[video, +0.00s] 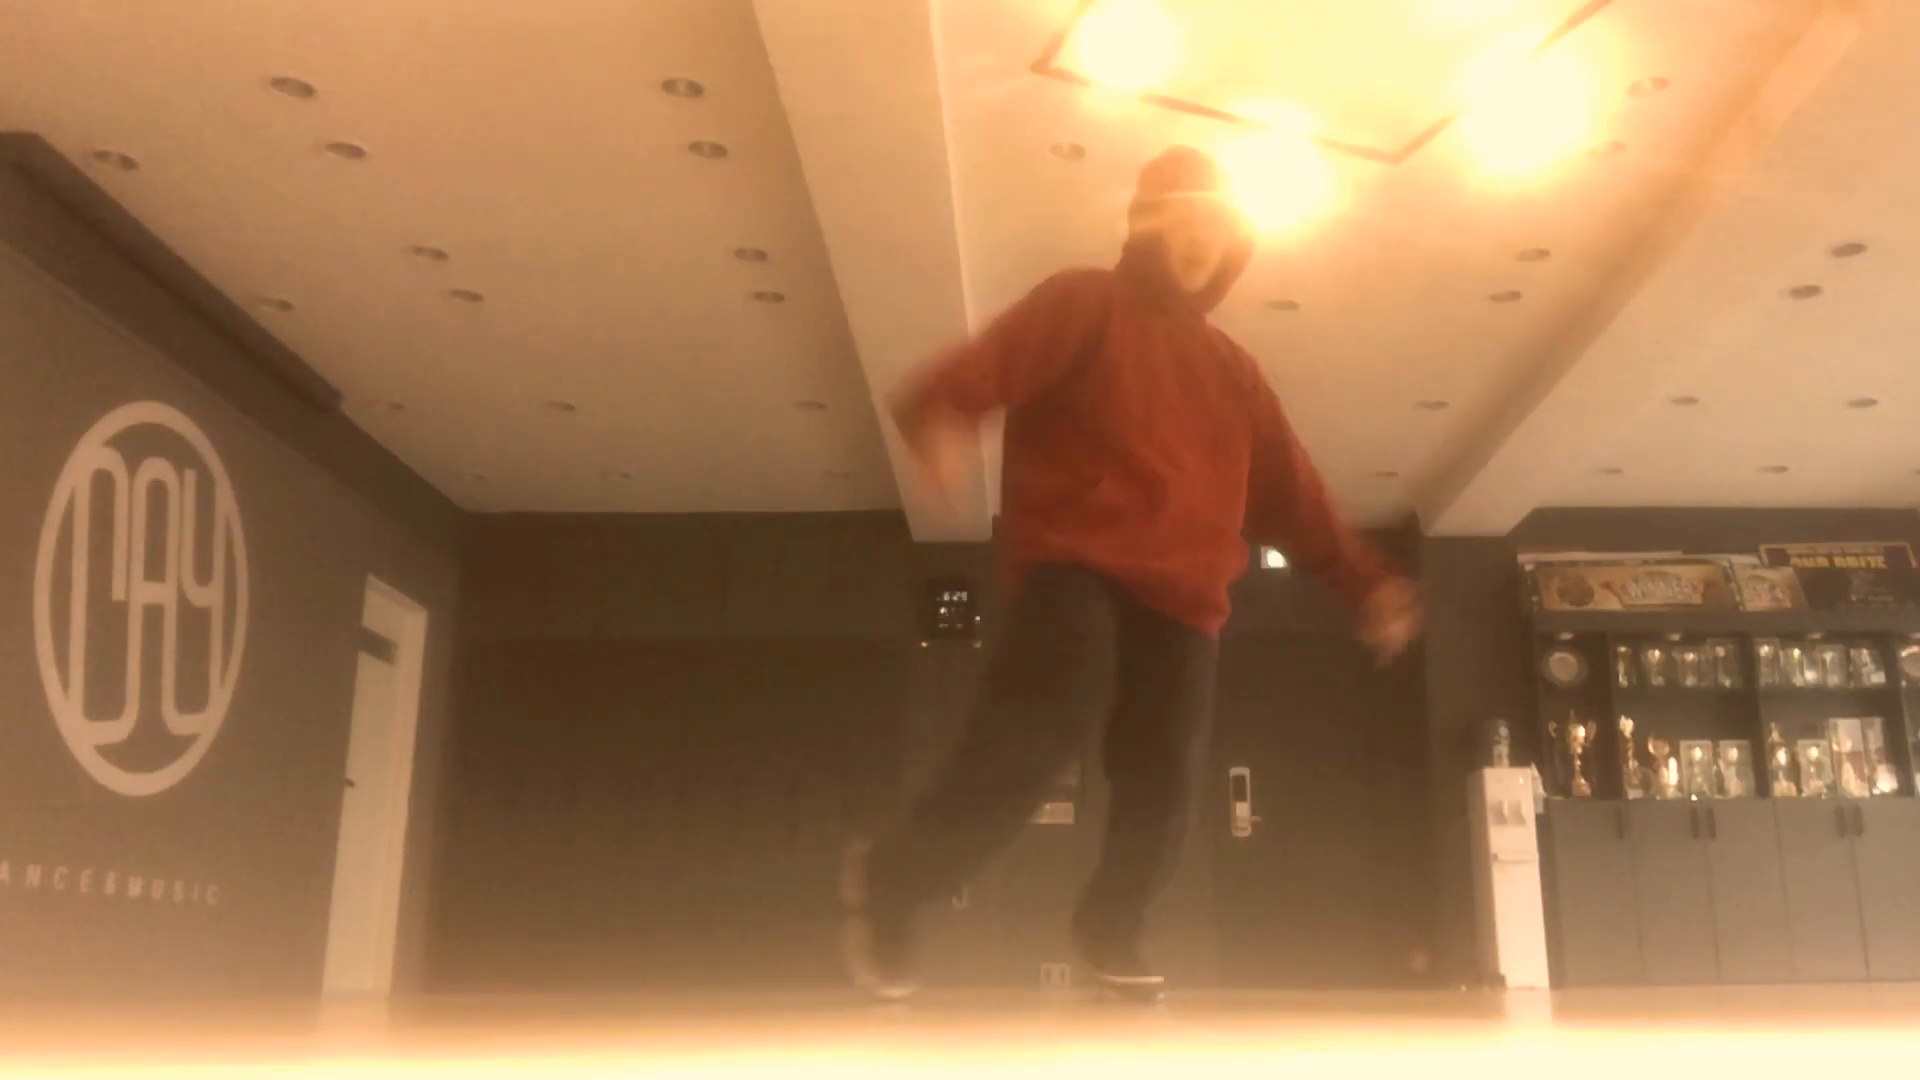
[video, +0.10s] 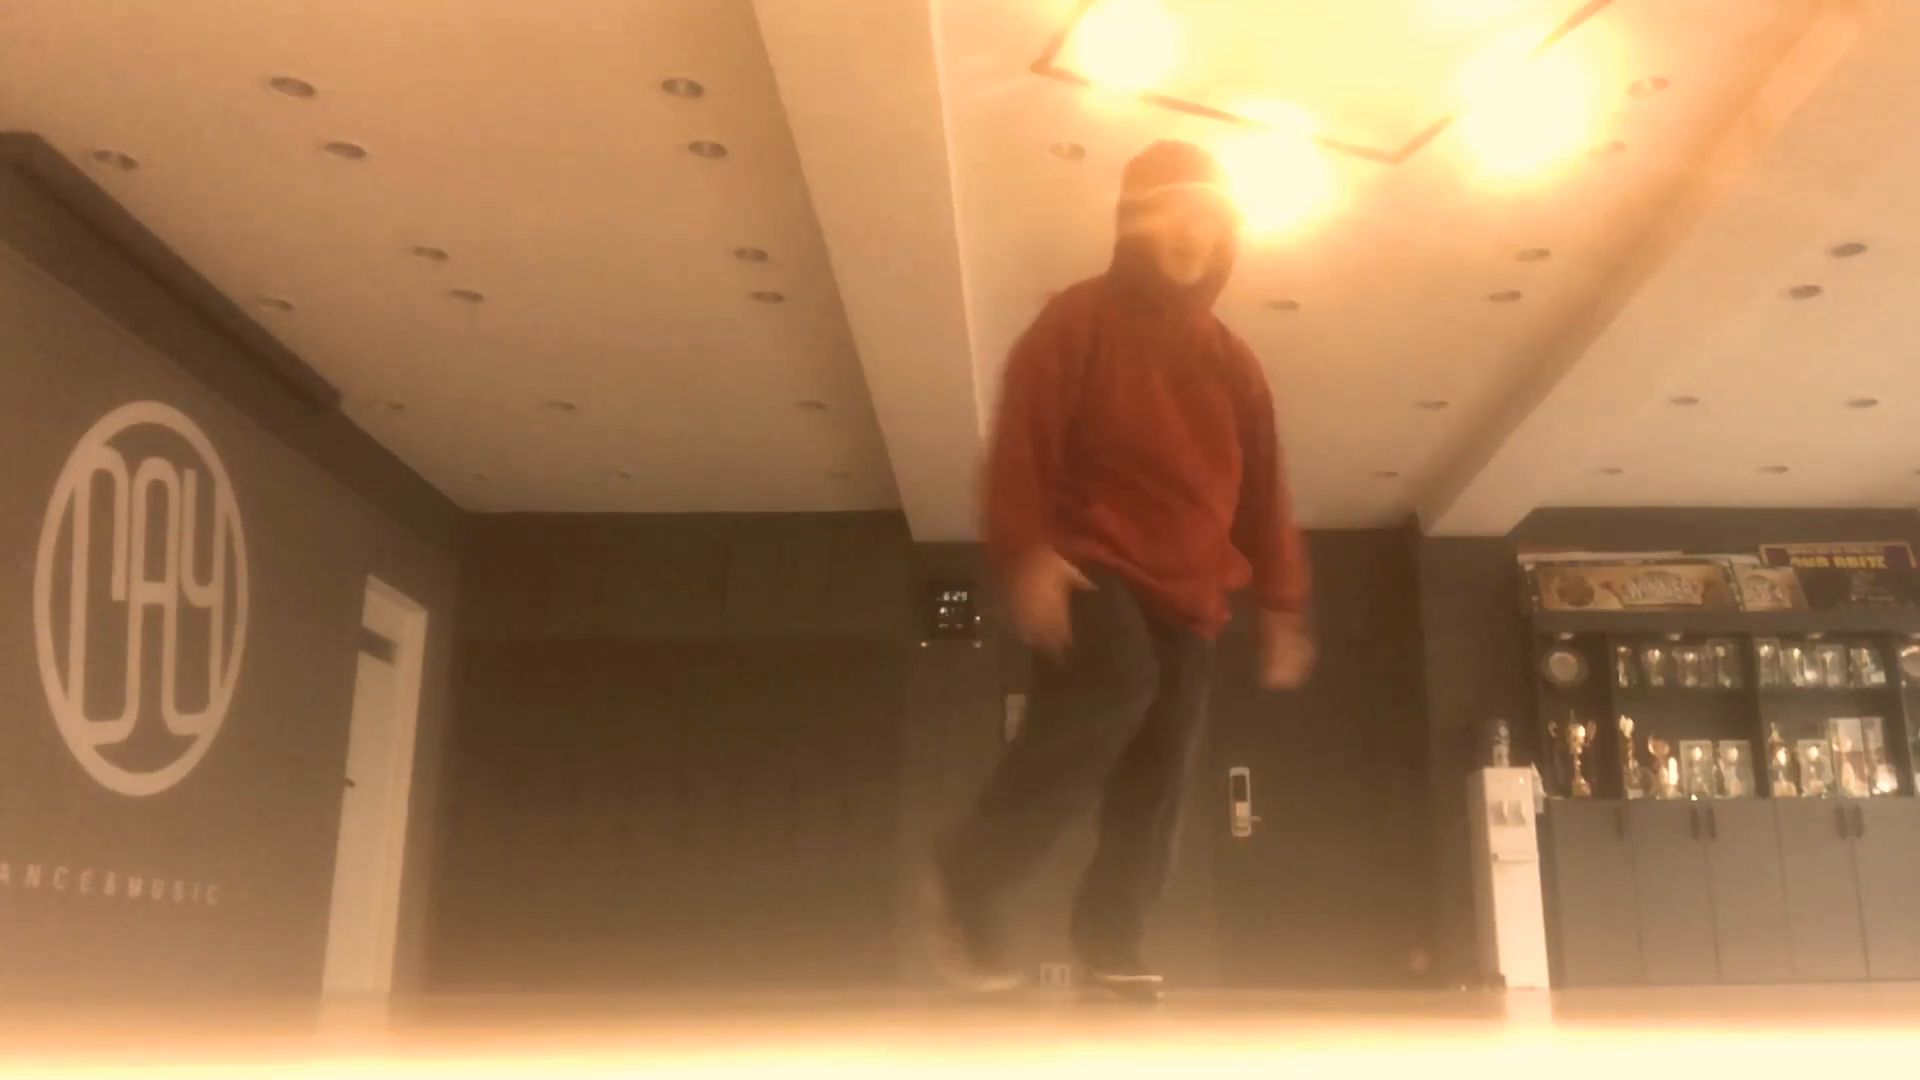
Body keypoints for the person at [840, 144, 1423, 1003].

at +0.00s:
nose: (1201, 241)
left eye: (1218, 227)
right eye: (1185, 220)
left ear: (1232, 248)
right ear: (1145, 223)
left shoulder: (1234, 372)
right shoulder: (1086, 302)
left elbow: (1297, 495)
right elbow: (981, 366)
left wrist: (1366, 580)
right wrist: (939, 411)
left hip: (1181, 592)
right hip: (1070, 558)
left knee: (1162, 771)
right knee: (1044, 727)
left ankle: (1110, 941)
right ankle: (892, 884)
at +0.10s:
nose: (1189, 234)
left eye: (1206, 216)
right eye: (1169, 214)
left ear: (1224, 234)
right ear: (1132, 223)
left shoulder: (1232, 359)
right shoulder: (1078, 320)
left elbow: (1265, 490)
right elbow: (1020, 444)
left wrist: (1283, 603)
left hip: (1186, 598)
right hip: (1089, 573)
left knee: (1156, 774)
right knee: (1116, 686)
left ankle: (1112, 945)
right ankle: (975, 871)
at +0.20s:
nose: (1154, 218)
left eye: (1172, 197)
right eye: (1133, 200)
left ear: (1202, 212)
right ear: (1105, 216)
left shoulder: (1236, 339)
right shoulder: (1061, 321)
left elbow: (1253, 475)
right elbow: (1017, 453)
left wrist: (1218, 561)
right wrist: (1031, 565)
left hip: (1195, 575)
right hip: (1087, 556)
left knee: (1182, 752)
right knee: (1148, 664)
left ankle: (1116, 936)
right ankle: (1063, 889)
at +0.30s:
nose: (1119, 186)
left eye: (1135, 164)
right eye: (1095, 170)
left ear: (1164, 176)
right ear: (1065, 190)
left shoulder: (1225, 291)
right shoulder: (1042, 309)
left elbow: (1274, 405)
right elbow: (986, 437)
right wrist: (1001, 556)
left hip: (1217, 545)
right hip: (1102, 532)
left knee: (1198, 751)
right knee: (1162, 675)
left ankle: (1118, 930)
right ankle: (1161, 935)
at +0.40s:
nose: (1091, 180)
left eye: (1105, 157)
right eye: (1067, 167)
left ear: (1137, 162)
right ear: (1039, 188)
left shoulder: (1203, 243)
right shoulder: (1037, 311)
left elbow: (1275, 307)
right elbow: (986, 444)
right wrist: (994, 560)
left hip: (1241, 516)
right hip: (1128, 516)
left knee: (1219, 735)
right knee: (1192, 691)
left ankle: (1122, 918)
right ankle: (1230, 922)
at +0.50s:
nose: (1070, 193)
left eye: (1087, 169)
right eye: (1049, 179)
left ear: (1125, 172)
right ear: (1030, 201)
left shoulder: (1199, 257)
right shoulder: (1045, 323)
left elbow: (1241, 228)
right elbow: (1015, 458)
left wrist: (1184, 156)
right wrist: (1008, 574)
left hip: (1269, 511)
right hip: (1147, 519)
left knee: (1245, 734)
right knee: (1213, 713)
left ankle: (1141, 904)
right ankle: (1287, 930)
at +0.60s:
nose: (1075, 214)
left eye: (1091, 193)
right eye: (1054, 201)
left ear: (1128, 203)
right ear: (1037, 229)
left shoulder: (1203, 275)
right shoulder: (1050, 360)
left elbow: (1240, 197)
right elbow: (1033, 496)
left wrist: (1208, 136)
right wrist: (1020, 612)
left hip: (1276, 529)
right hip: (1148, 541)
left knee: (1271, 754)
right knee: (1221, 716)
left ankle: (1157, 890)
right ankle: (1309, 933)